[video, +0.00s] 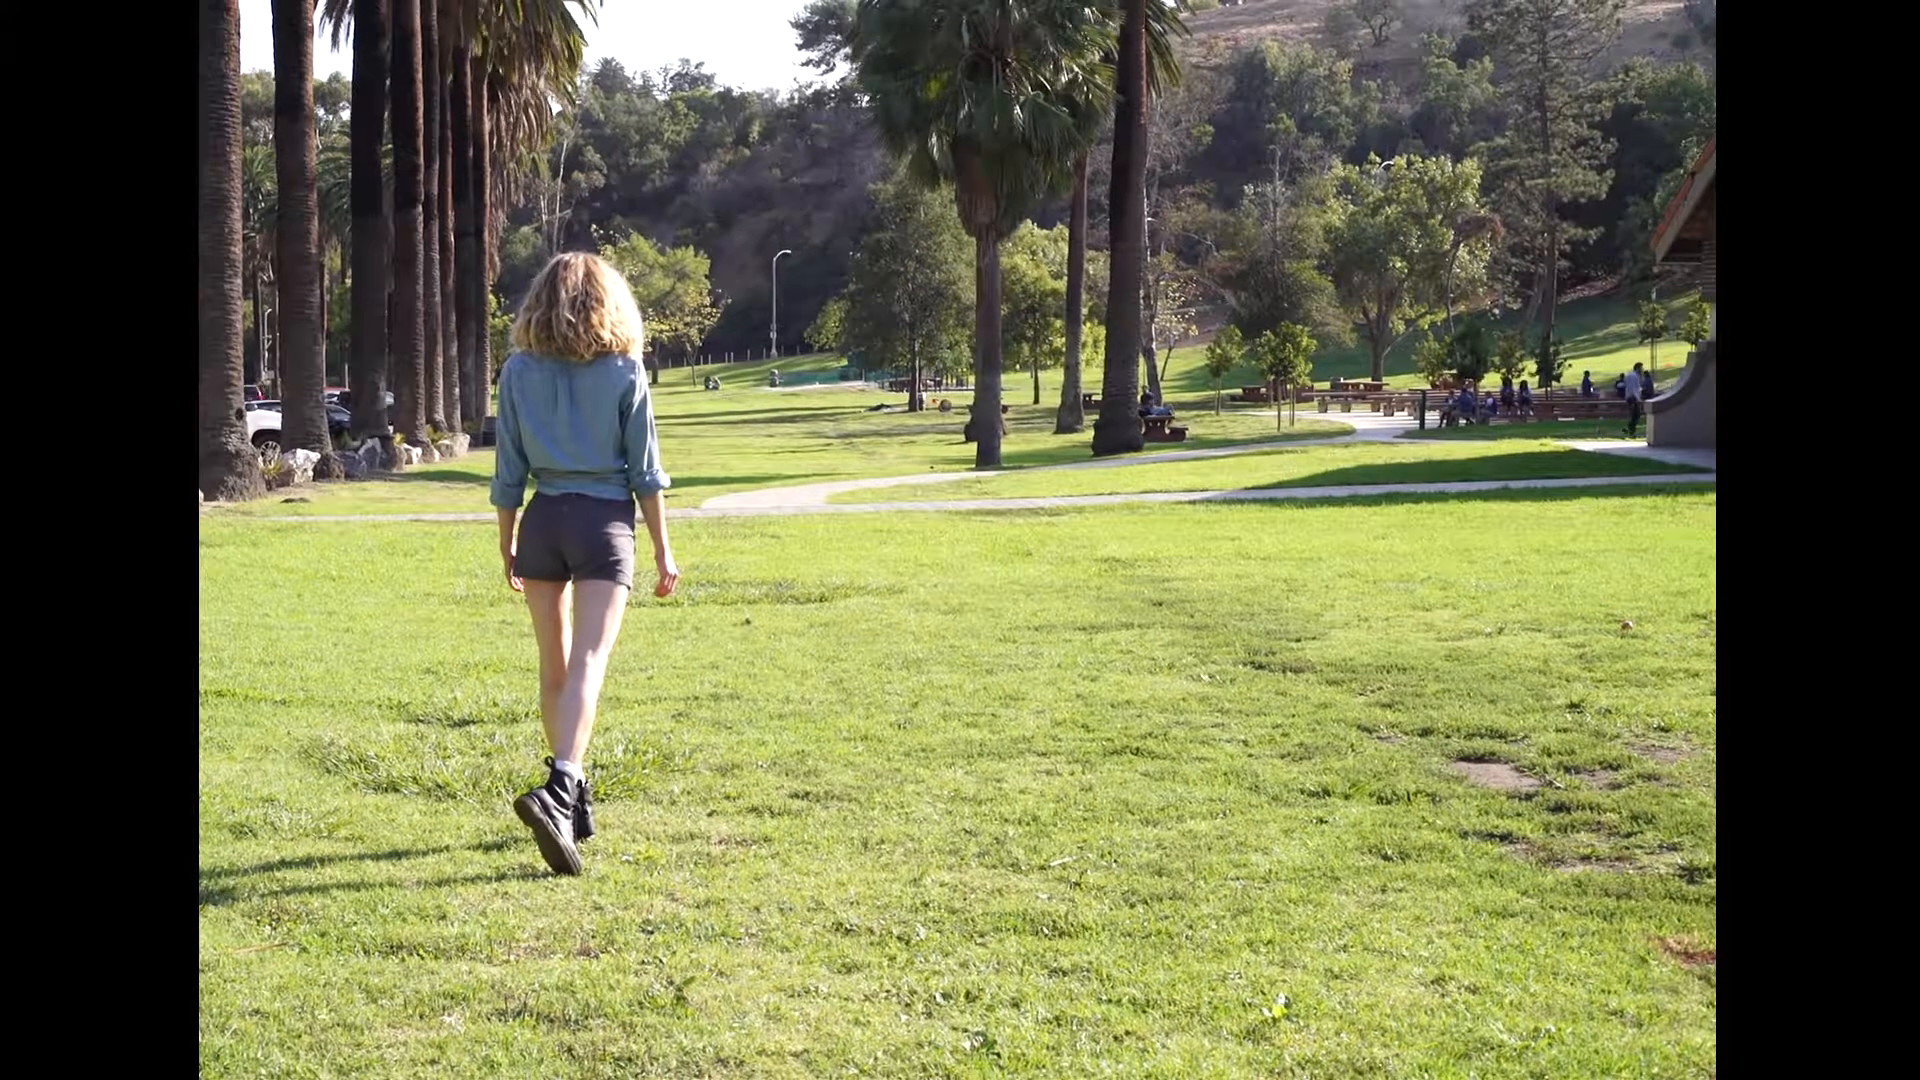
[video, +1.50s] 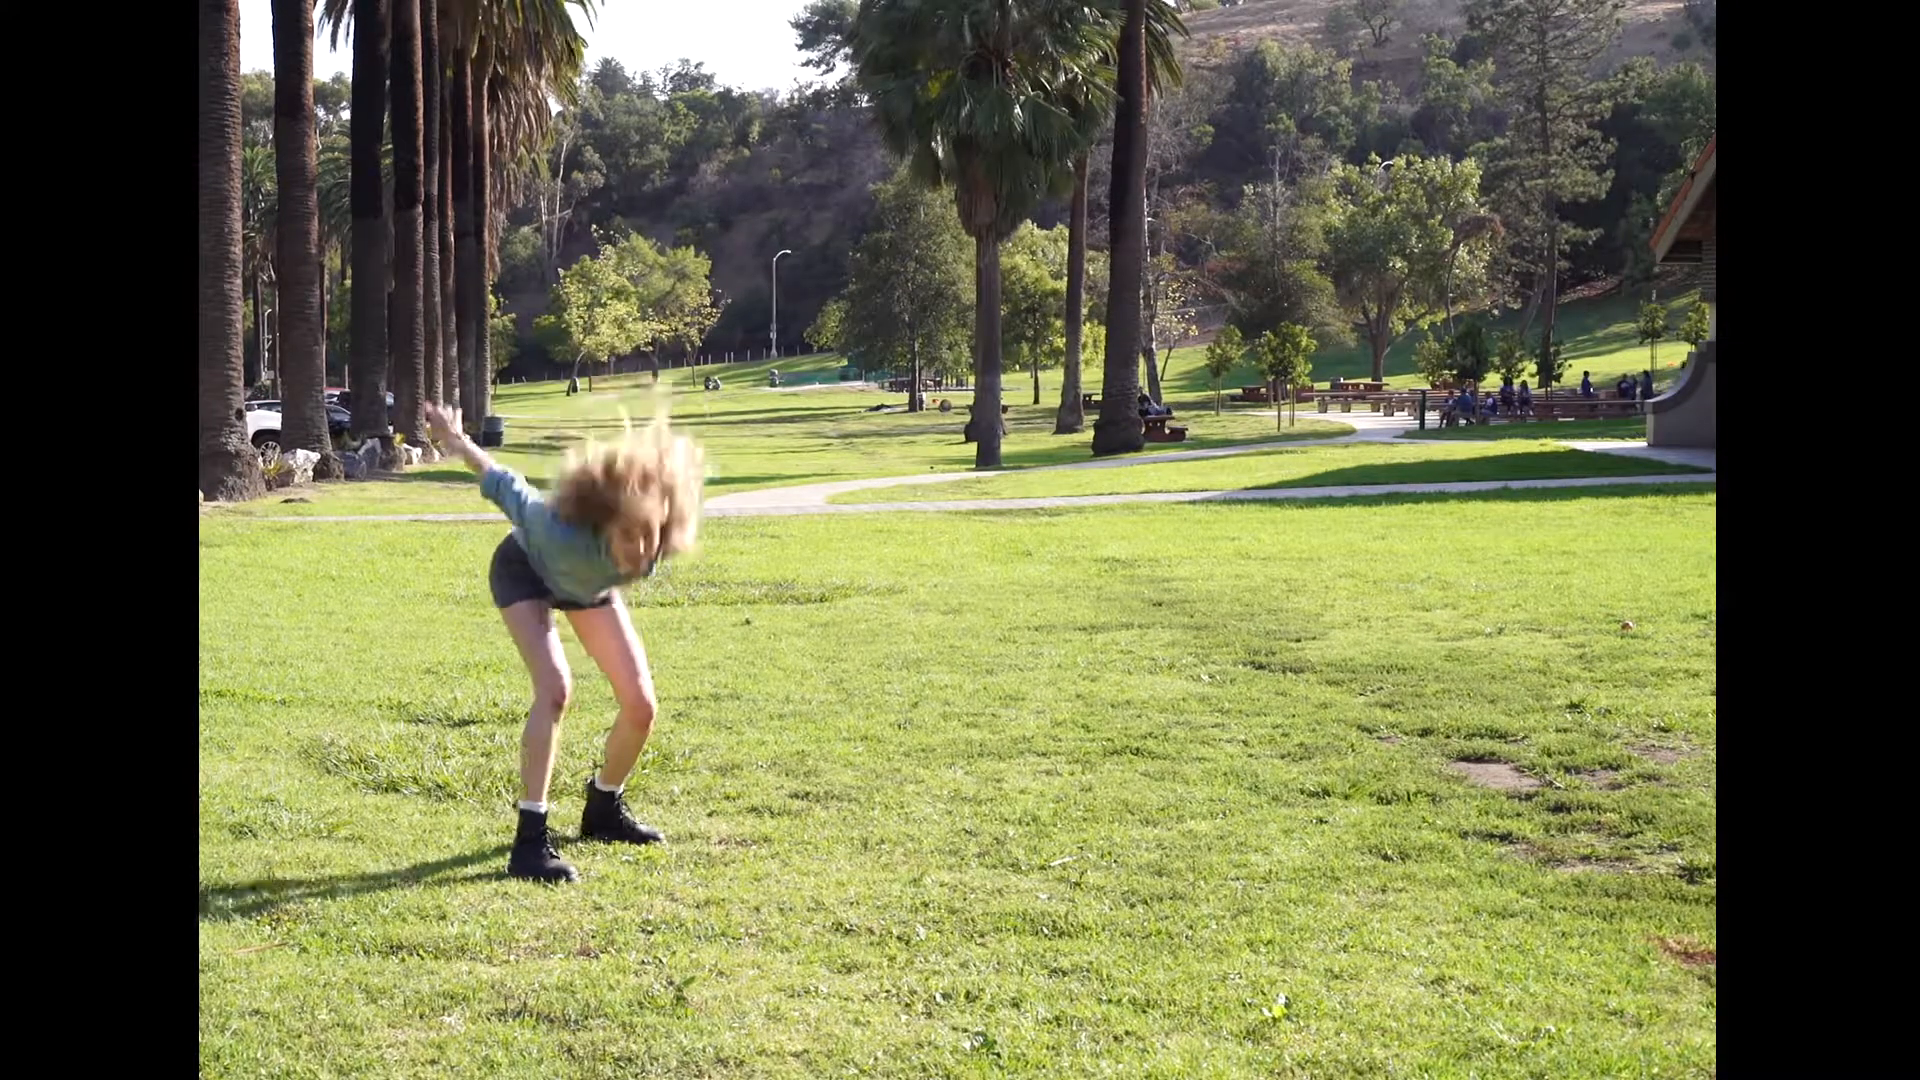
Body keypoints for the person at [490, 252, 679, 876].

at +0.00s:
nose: (620, 311)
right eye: (615, 300)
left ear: (540, 307)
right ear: (610, 307)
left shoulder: (518, 371)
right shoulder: (625, 372)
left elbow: (509, 468)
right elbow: (644, 470)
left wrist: (507, 543)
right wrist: (663, 549)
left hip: (541, 517)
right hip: (606, 517)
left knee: (553, 663)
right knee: (588, 660)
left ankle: (576, 795)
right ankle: (558, 790)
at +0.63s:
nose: (570, 325)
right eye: (564, 318)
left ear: (514, 357)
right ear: (555, 325)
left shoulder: (526, 413)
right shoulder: (587, 344)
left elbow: (541, 500)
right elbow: (617, 395)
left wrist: (557, 556)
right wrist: (651, 454)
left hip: (553, 521)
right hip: (597, 506)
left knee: (575, 668)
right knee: (573, 671)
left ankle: (579, 804)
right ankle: (529, 822)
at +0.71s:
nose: (587, 341)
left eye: (584, 336)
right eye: (578, 332)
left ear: (524, 350)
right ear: (557, 326)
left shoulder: (542, 409)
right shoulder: (553, 337)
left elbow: (582, 510)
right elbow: (575, 394)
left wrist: (639, 586)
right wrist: (600, 446)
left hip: (605, 524)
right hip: (593, 518)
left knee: (600, 682)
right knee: (577, 685)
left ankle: (588, 809)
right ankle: (528, 834)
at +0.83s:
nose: (564, 333)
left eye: (571, 324)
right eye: (551, 322)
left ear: (584, 334)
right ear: (531, 332)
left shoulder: (599, 396)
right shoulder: (516, 384)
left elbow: (636, 496)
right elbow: (492, 442)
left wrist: (684, 571)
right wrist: (474, 487)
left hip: (630, 537)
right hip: (575, 533)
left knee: (613, 689)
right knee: (575, 693)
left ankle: (593, 809)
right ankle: (529, 837)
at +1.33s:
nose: (623, 388)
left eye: (633, 377)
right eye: (610, 380)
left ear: (653, 390)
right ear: (594, 396)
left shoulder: (671, 450)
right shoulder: (568, 446)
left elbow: (675, 480)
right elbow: (505, 461)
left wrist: (675, 504)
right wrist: (460, 465)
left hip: (601, 565)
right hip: (535, 552)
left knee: (639, 704)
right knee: (563, 687)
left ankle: (606, 809)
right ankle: (533, 840)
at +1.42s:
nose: (635, 463)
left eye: (646, 448)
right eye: (621, 449)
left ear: (665, 456)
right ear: (600, 456)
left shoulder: (673, 500)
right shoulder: (561, 489)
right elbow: (500, 470)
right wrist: (456, 451)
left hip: (595, 569)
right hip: (531, 558)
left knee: (639, 704)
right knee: (565, 686)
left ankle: (606, 809)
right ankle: (534, 841)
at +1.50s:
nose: (641, 546)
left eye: (650, 534)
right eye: (629, 534)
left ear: (664, 528)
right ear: (603, 524)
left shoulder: (653, 548)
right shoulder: (553, 530)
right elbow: (499, 480)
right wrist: (456, 439)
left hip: (589, 582)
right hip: (524, 567)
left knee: (641, 708)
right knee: (553, 690)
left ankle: (602, 811)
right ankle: (530, 843)